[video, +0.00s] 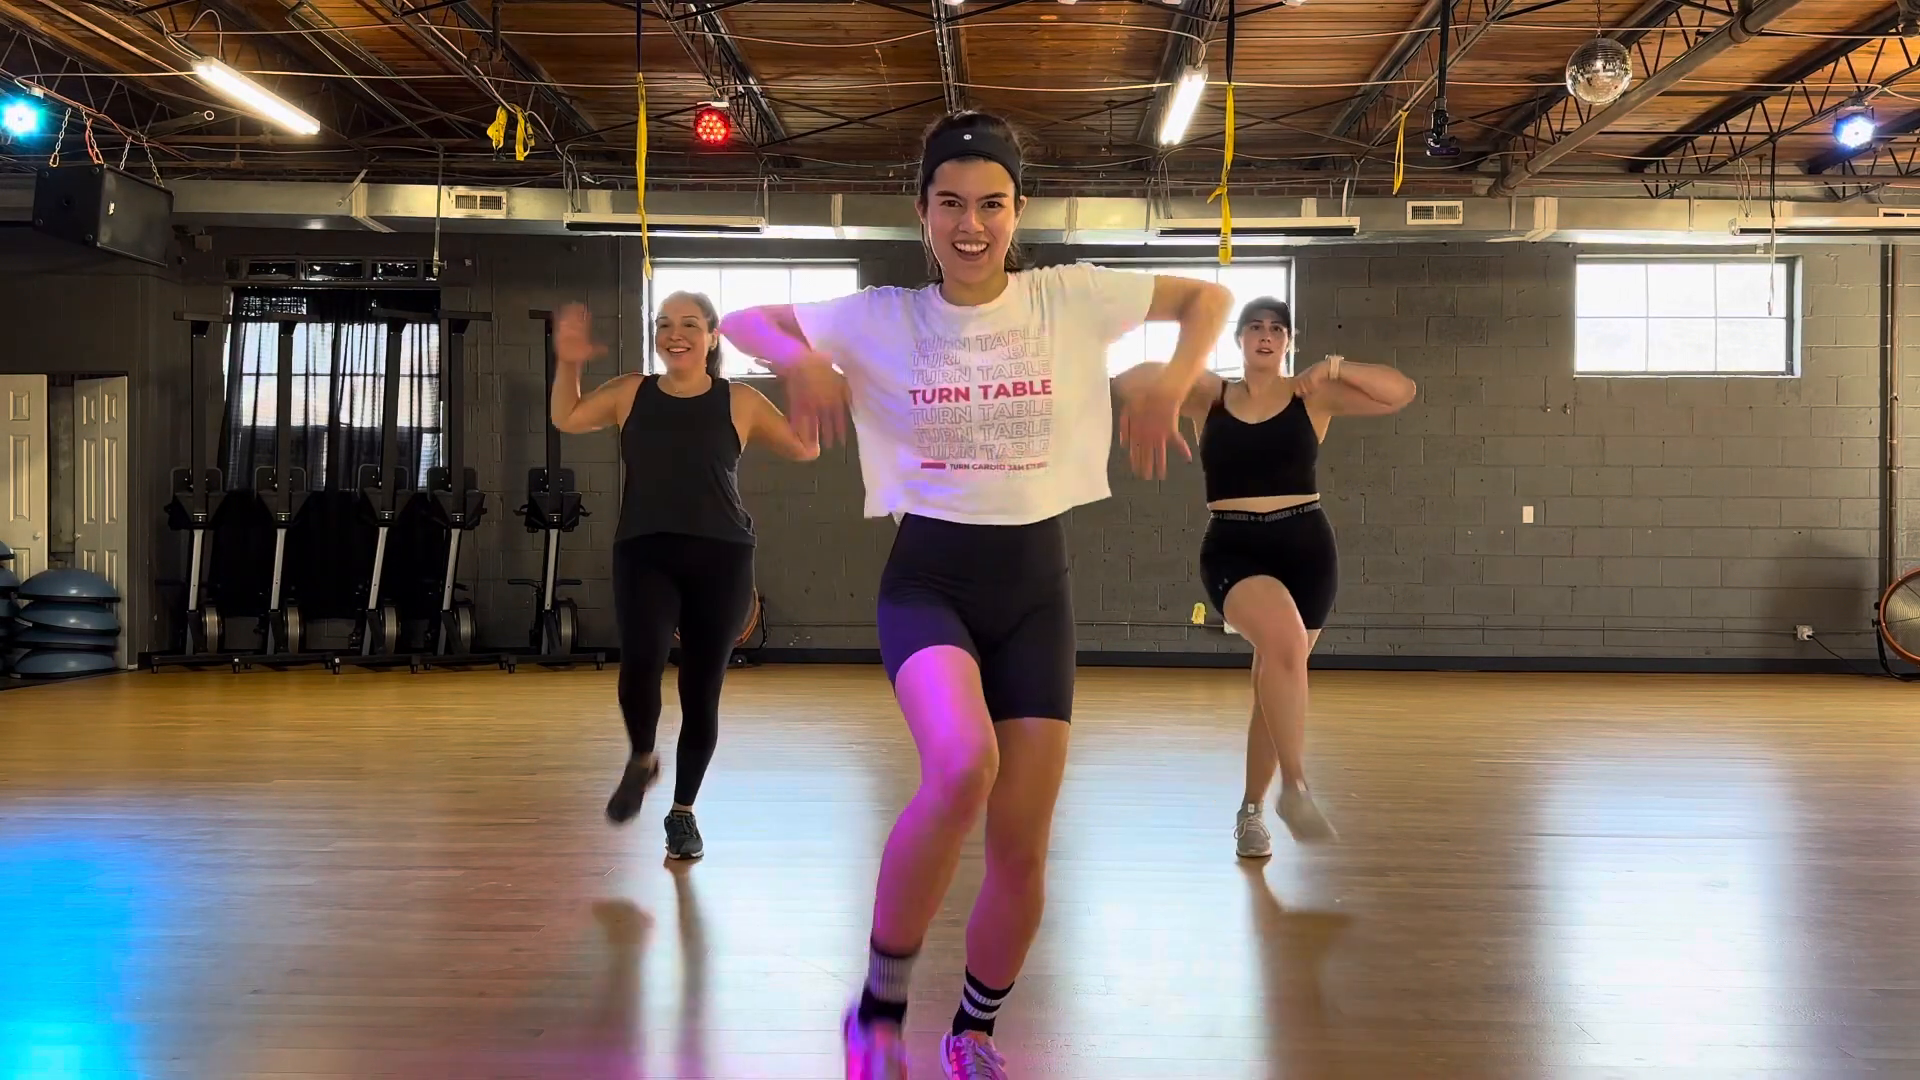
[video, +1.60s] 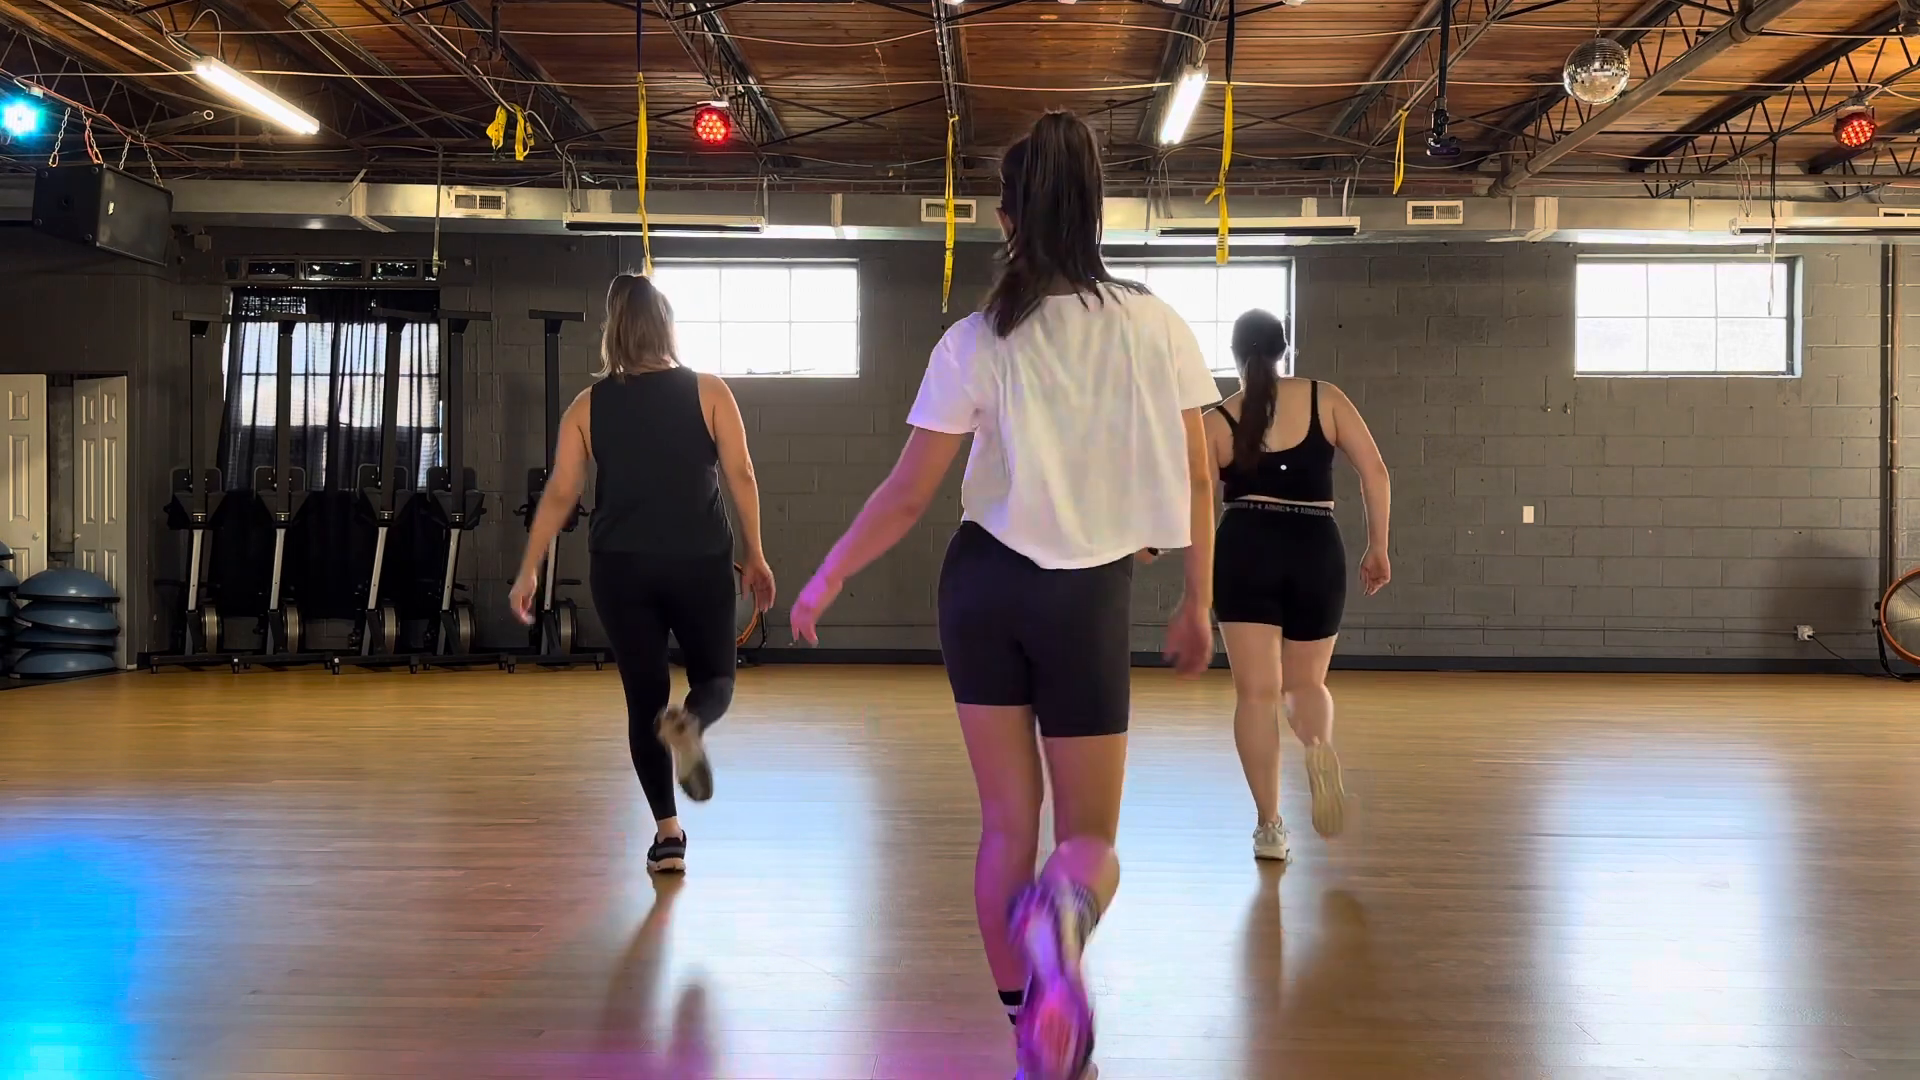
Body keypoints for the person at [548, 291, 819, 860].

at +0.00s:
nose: (677, 334)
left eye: (689, 326)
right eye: (667, 325)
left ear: (712, 336)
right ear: (656, 335)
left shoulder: (741, 400)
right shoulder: (630, 391)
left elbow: (806, 449)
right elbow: (567, 417)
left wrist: (820, 387)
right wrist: (568, 362)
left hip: (720, 557)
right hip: (644, 553)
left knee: (700, 691)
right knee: (641, 661)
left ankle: (685, 810)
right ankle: (642, 757)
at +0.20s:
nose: (678, 331)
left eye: (687, 320)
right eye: (662, 323)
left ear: (703, 332)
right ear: (645, 340)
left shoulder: (736, 400)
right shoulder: (619, 397)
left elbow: (789, 467)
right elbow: (533, 418)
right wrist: (575, 445)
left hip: (708, 566)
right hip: (635, 564)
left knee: (705, 717)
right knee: (630, 701)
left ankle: (681, 804)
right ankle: (611, 846)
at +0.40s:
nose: (690, 331)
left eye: (693, 320)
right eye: (674, 323)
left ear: (702, 330)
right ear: (644, 338)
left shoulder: (717, 400)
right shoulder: (625, 397)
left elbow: (709, 482)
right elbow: (546, 451)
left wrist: (747, 526)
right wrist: (570, 519)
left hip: (690, 568)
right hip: (628, 564)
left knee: (730, 701)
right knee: (628, 705)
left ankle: (653, 801)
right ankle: (613, 850)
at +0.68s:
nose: (711, 338)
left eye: (710, 327)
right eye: (706, 327)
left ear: (670, 331)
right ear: (678, 330)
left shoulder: (654, 389)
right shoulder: (656, 389)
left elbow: (620, 481)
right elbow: (628, 477)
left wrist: (673, 564)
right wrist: (641, 566)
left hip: (660, 564)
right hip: (658, 567)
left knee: (714, 681)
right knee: (639, 714)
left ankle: (663, 811)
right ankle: (605, 855)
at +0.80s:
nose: (708, 341)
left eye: (707, 329)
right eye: (705, 329)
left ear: (640, 329)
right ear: (686, 329)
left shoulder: (611, 396)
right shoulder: (682, 388)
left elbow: (584, 488)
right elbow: (681, 480)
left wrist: (584, 570)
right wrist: (710, 567)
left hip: (615, 569)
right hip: (667, 567)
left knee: (690, 678)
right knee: (643, 711)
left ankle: (669, 810)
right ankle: (600, 859)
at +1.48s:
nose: (673, 321)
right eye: (671, 310)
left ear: (615, 324)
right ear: (672, 318)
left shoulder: (590, 388)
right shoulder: (709, 381)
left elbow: (532, 455)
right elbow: (750, 465)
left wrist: (531, 533)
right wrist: (765, 540)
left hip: (619, 561)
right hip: (698, 559)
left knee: (640, 694)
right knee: (698, 694)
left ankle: (664, 825)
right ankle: (651, 802)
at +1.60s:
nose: (665, 330)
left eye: (617, 325)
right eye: (666, 321)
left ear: (611, 332)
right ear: (668, 327)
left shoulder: (587, 405)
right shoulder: (709, 392)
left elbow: (561, 493)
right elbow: (740, 476)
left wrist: (529, 569)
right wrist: (754, 552)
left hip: (620, 570)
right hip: (699, 563)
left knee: (646, 700)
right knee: (714, 677)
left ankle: (668, 829)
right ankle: (687, 723)